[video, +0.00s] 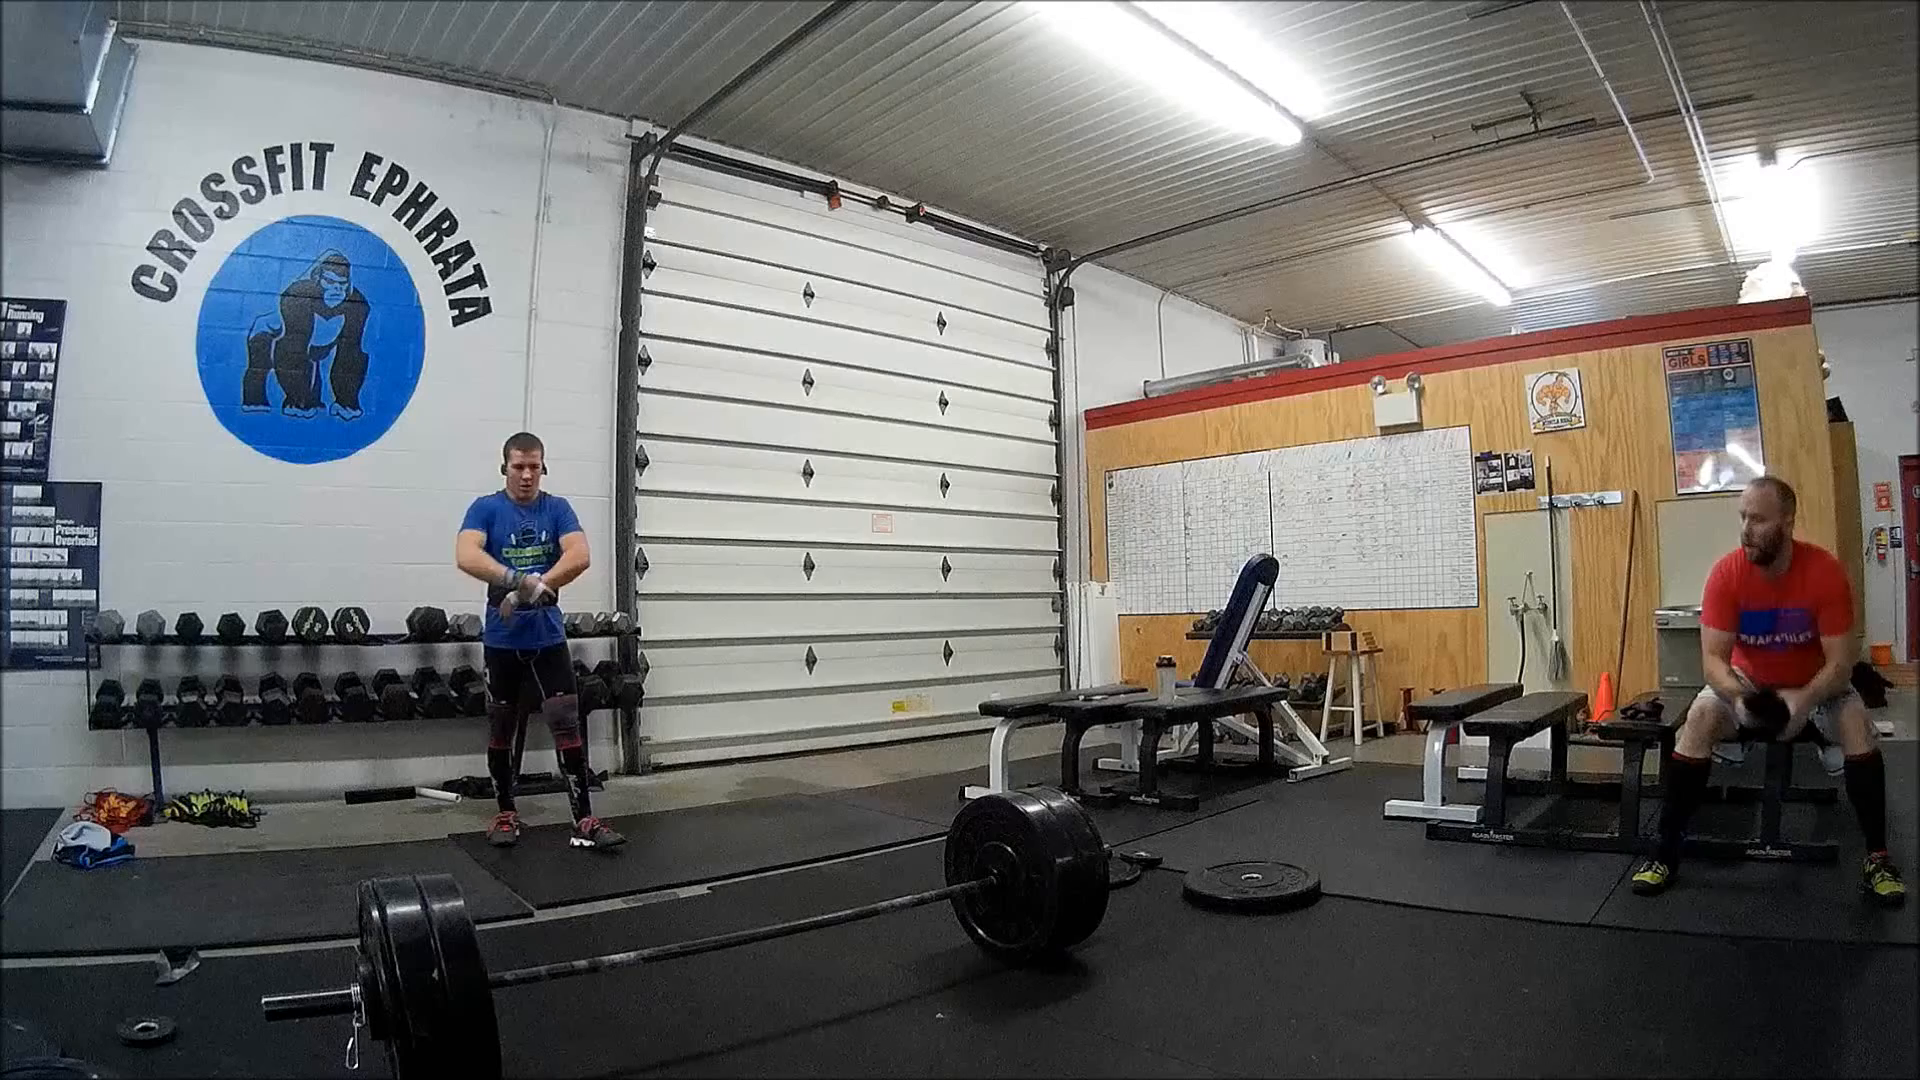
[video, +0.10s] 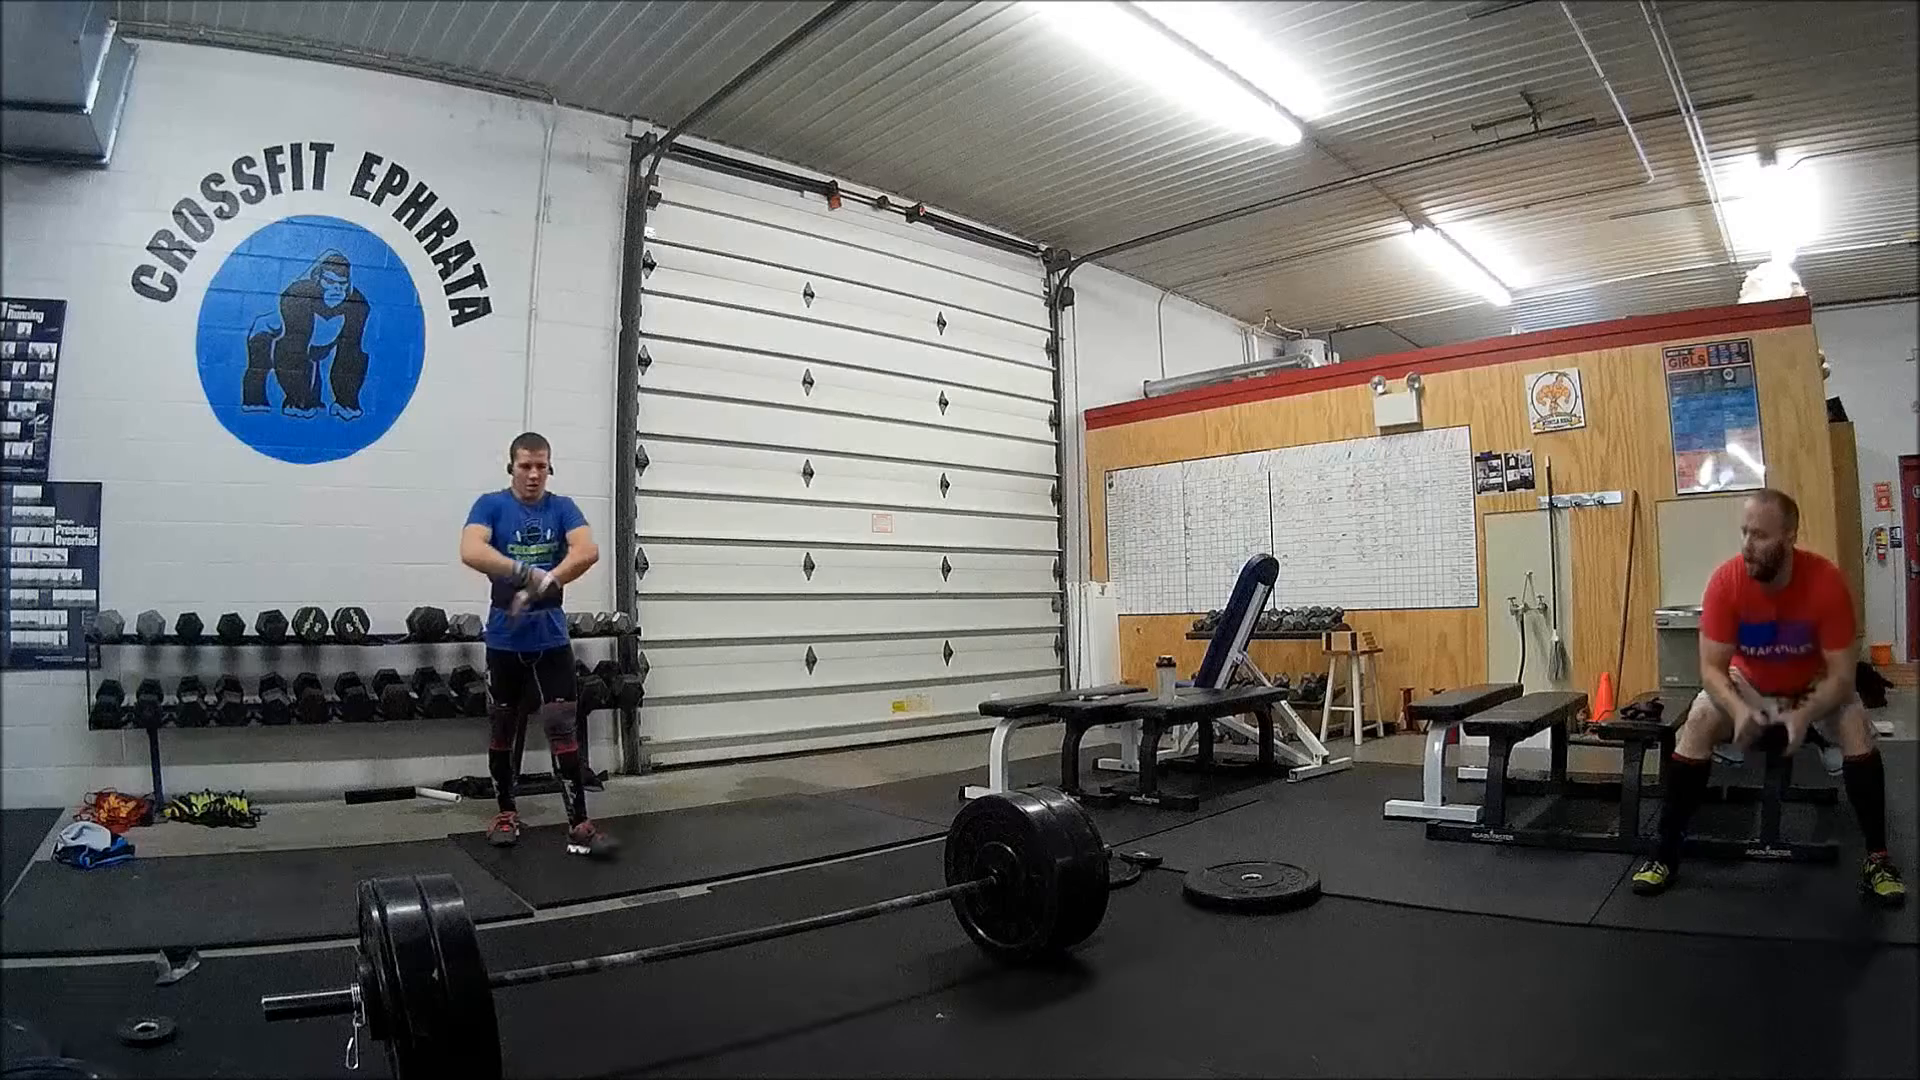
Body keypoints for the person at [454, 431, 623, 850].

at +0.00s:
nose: (526, 475)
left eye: (533, 467)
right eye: (519, 467)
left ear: (543, 469)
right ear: (505, 468)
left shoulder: (558, 509)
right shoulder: (484, 508)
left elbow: (580, 556)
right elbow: (467, 556)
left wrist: (537, 587)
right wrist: (513, 579)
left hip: (549, 639)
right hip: (502, 642)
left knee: (566, 721)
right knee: (502, 726)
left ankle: (585, 818)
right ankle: (506, 814)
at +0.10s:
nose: (533, 474)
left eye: (540, 467)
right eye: (526, 466)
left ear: (549, 469)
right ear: (511, 468)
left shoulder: (563, 508)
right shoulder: (490, 505)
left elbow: (587, 552)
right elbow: (472, 551)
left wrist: (545, 584)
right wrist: (524, 573)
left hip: (552, 642)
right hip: (505, 643)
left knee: (564, 727)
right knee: (504, 728)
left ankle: (579, 822)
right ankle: (506, 814)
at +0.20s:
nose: (543, 472)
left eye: (550, 465)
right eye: (536, 464)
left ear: (558, 467)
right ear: (521, 465)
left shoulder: (571, 507)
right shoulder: (498, 502)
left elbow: (597, 551)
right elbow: (478, 548)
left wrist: (561, 577)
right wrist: (531, 570)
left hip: (557, 641)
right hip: (509, 641)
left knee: (569, 728)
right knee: (504, 728)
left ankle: (582, 826)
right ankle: (506, 813)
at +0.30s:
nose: (552, 468)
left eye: (560, 461)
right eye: (545, 460)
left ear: (568, 464)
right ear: (530, 460)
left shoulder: (581, 505)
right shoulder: (506, 499)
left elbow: (600, 557)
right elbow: (483, 546)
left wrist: (550, 584)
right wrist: (533, 565)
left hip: (563, 639)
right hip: (513, 638)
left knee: (573, 729)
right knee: (498, 727)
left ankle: (582, 827)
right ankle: (508, 807)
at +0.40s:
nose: (556, 465)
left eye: (564, 458)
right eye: (549, 457)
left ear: (574, 462)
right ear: (534, 459)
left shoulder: (586, 507)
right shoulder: (509, 499)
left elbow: (606, 565)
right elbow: (482, 550)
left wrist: (560, 572)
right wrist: (531, 554)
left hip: (565, 637)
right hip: (514, 634)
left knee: (573, 727)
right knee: (492, 720)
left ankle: (582, 827)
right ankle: (509, 805)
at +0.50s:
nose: (555, 464)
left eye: (563, 457)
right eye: (548, 456)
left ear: (574, 460)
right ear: (534, 458)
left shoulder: (588, 508)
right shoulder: (508, 499)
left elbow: (602, 573)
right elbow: (486, 559)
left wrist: (563, 558)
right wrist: (523, 544)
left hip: (566, 636)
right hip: (514, 634)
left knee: (574, 729)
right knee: (490, 725)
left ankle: (582, 828)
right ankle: (492, 823)